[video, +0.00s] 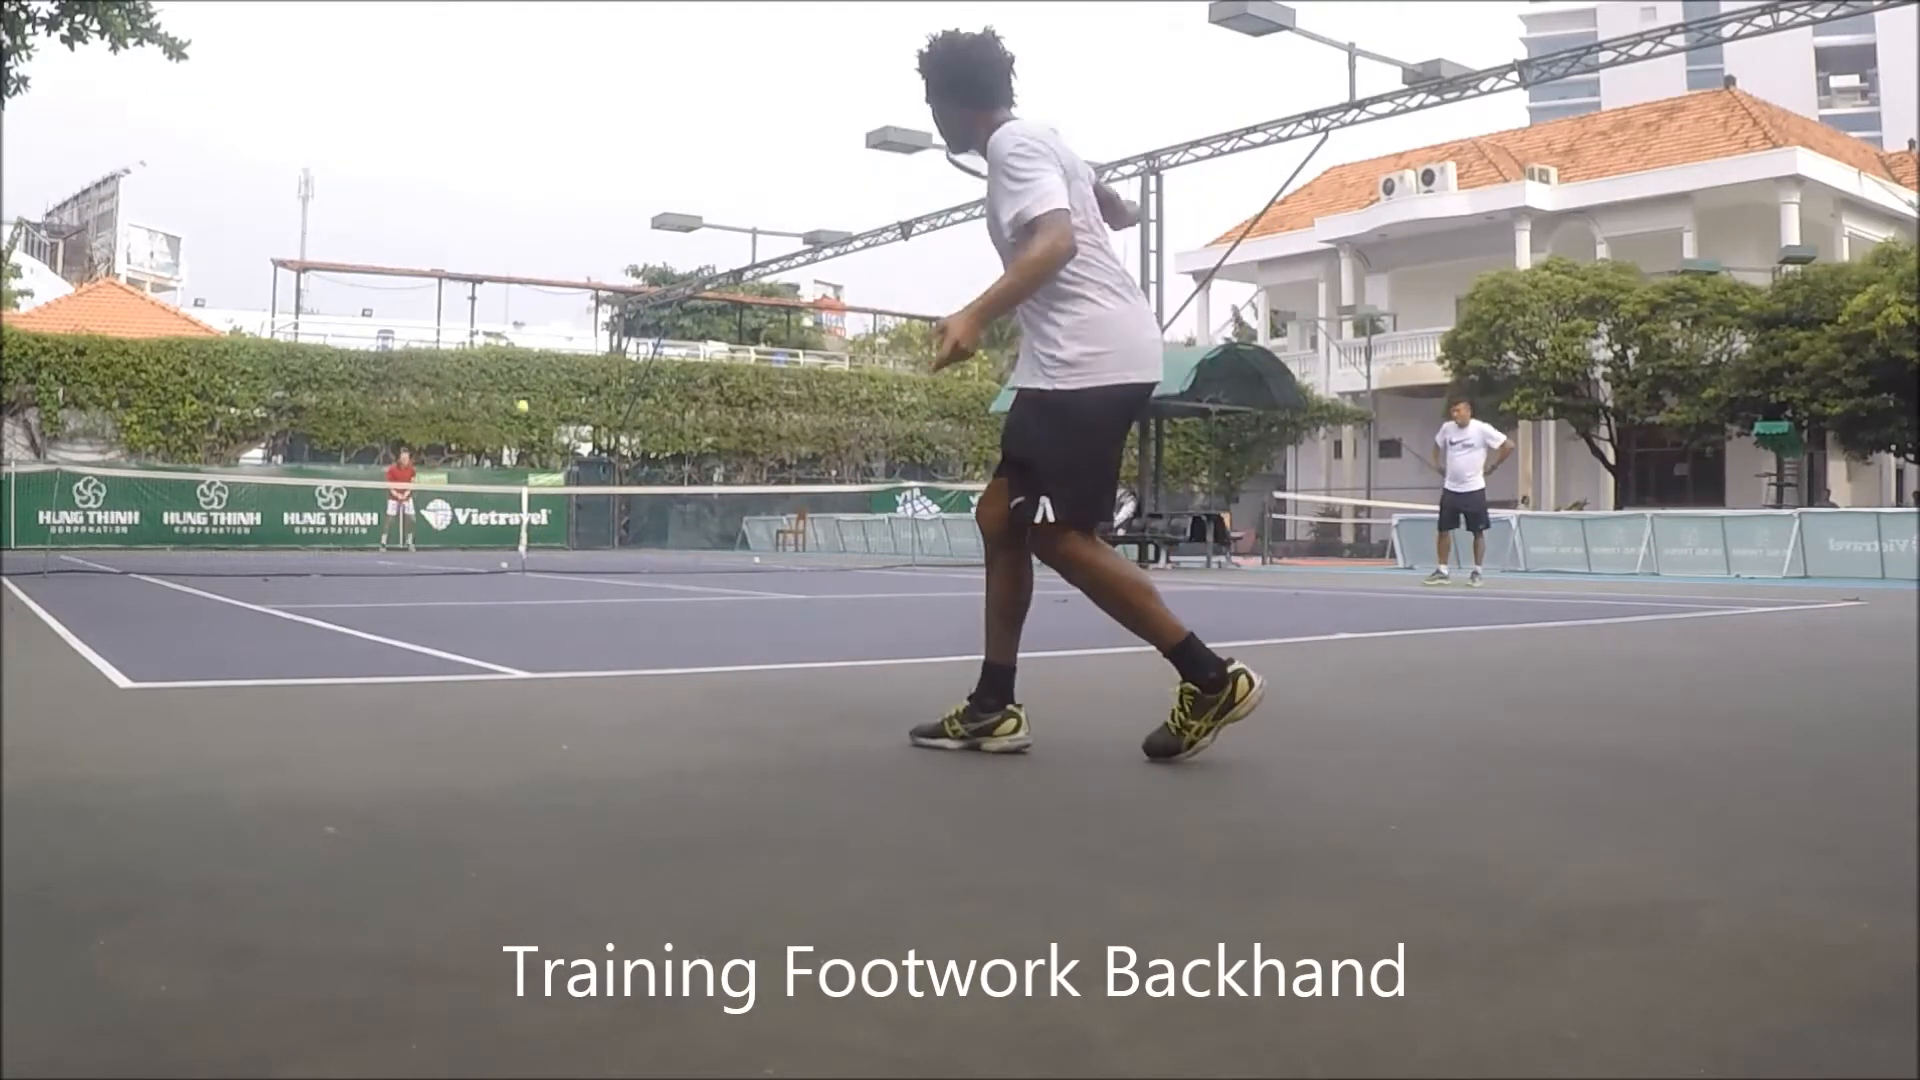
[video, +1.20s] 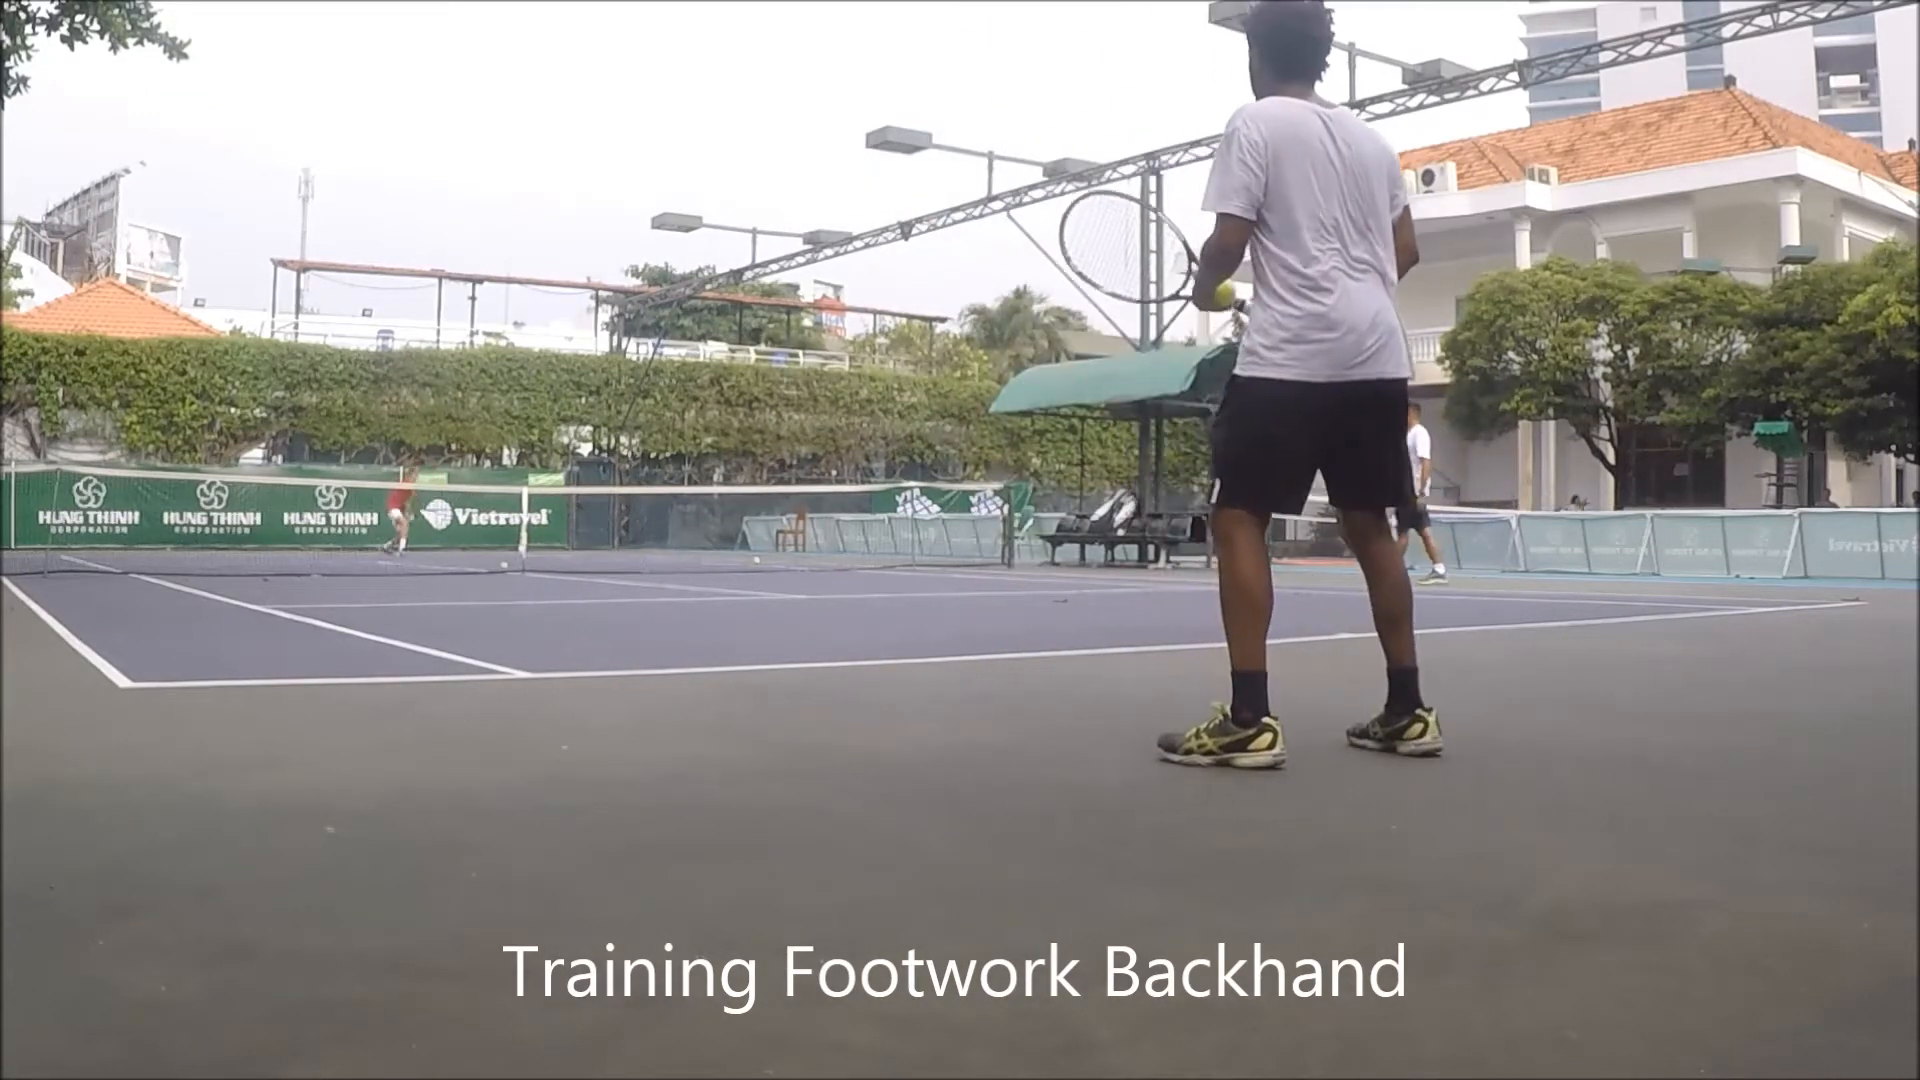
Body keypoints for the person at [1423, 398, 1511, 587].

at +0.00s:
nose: (1455, 414)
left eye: (1458, 410)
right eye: (1453, 411)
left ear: (1469, 411)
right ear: (1451, 414)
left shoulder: (1482, 428)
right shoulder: (1447, 428)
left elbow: (1508, 446)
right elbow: (1437, 445)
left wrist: (1492, 467)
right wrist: (1437, 464)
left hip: (1474, 488)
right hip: (1451, 487)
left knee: (1478, 532)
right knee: (1443, 529)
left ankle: (1477, 571)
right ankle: (1442, 570)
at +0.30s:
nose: (1434, 414)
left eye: (1436, 411)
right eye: (1433, 412)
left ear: (1447, 410)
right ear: (1437, 413)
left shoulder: (1461, 428)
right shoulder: (1437, 431)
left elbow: (1484, 449)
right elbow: (1439, 455)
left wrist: (1475, 474)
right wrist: (1438, 475)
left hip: (1460, 487)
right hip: (1441, 488)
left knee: (1469, 530)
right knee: (1443, 531)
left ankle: (1476, 570)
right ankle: (1440, 570)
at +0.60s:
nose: (1421, 417)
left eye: (1423, 413)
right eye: (1421, 414)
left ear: (1432, 413)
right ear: (1428, 414)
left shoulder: (1447, 429)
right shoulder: (1429, 433)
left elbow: (1459, 456)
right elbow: (1433, 459)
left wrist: (1449, 481)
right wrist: (1429, 480)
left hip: (1444, 486)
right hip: (1431, 487)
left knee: (1443, 527)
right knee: (1437, 529)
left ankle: (1460, 564)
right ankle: (1440, 569)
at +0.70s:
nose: (1419, 417)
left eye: (1420, 413)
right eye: (1419, 414)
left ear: (1429, 412)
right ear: (1426, 413)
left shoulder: (1444, 429)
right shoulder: (1428, 433)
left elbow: (1454, 457)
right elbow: (1432, 459)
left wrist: (1440, 482)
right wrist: (1427, 482)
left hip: (1440, 487)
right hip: (1429, 487)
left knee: (1432, 525)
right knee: (1434, 528)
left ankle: (1445, 566)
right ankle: (1438, 568)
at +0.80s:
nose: (1415, 417)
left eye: (1417, 413)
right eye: (1415, 414)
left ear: (1426, 413)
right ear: (1424, 413)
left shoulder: (1440, 429)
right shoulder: (1426, 434)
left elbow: (1449, 457)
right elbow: (1429, 463)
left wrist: (1434, 484)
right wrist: (1422, 489)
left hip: (1437, 487)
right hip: (1428, 487)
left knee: (1422, 525)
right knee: (1437, 529)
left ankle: (1427, 568)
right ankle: (1440, 570)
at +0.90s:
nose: (1413, 418)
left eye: (1415, 414)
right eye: (1413, 415)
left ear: (1423, 413)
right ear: (1422, 414)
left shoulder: (1436, 430)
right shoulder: (1422, 434)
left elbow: (1444, 458)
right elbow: (1421, 464)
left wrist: (1432, 486)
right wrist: (1413, 489)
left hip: (1432, 488)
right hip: (1422, 488)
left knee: (1414, 526)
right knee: (1435, 530)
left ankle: (1408, 568)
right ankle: (1440, 569)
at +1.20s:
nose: (1404, 417)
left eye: (1407, 413)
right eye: (1405, 413)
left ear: (1414, 413)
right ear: (1412, 414)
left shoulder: (1420, 433)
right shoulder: (1408, 433)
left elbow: (1425, 462)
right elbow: (1409, 462)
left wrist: (1421, 490)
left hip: (1414, 491)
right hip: (1407, 490)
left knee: (1402, 533)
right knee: (1425, 532)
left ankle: (1393, 569)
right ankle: (1439, 568)